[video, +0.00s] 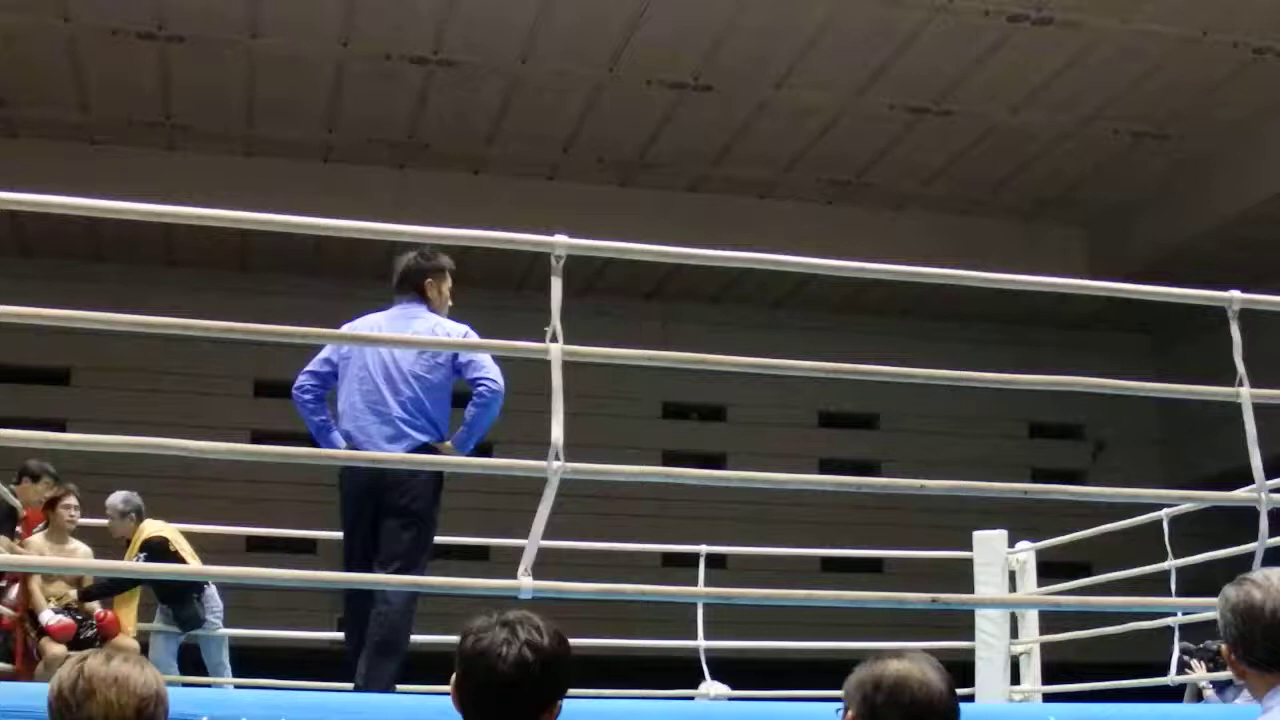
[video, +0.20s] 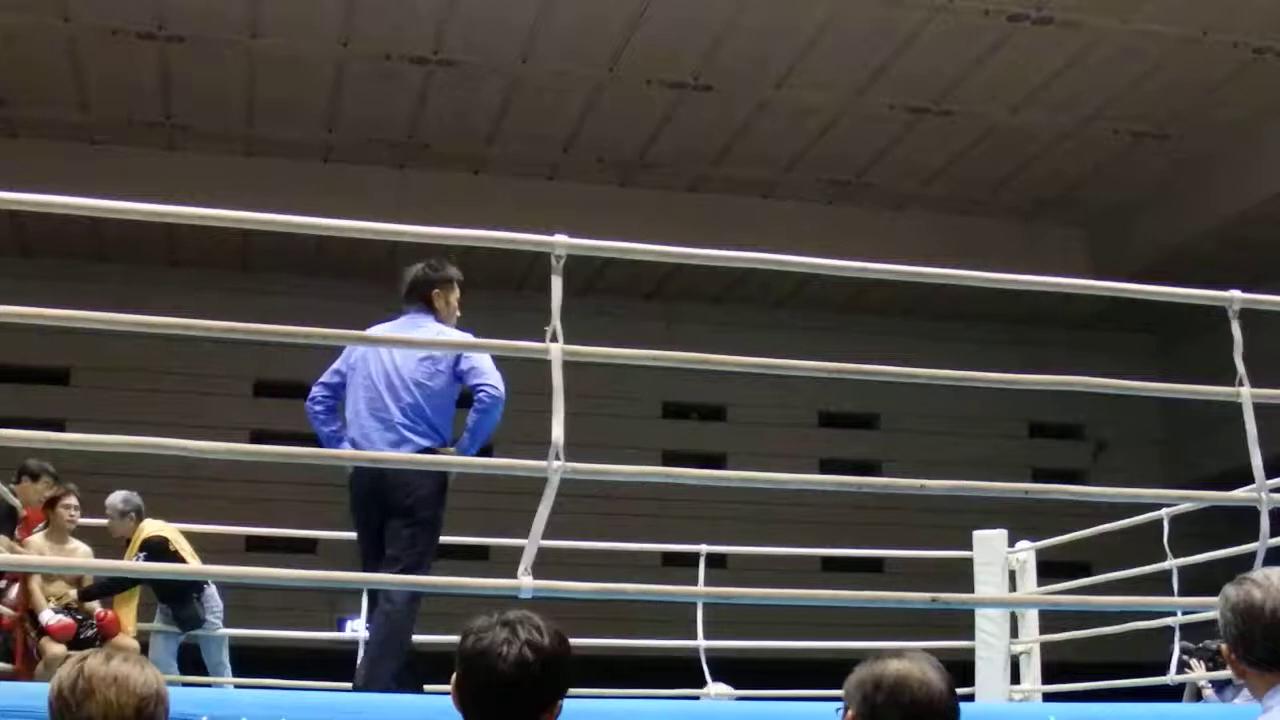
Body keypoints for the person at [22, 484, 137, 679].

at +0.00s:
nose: (73, 514)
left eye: (76, 509)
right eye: (66, 508)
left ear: (80, 513)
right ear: (50, 512)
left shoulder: (84, 551)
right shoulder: (33, 544)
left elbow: (87, 592)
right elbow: (33, 585)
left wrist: (99, 613)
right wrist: (47, 617)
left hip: (78, 612)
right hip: (42, 611)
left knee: (129, 646)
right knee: (57, 653)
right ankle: (36, 705)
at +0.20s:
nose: (73, 514)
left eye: (76, 509)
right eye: (66, 508)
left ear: (81, 514)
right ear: (50, 511)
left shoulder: (84, 550)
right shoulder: (33, 543)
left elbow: (87, 592)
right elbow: (33, 584)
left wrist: (99, 613)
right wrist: (47, 616)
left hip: (78, 613)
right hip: (42, 611)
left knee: (130, 646)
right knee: (56, 653)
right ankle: (36, 705)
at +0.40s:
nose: (73, 514)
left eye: (76, 509)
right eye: (66, 508)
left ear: (81, 513)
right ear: (50, 511)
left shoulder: (84, 550)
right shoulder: (34, 544)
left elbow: (87, 592)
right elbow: (33, 584)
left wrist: (99, 613)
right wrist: (47, 616)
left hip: (78, 613)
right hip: (42, 611)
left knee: (130, 647)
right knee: (56, 653)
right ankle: (37, 705)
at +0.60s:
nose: (72, 514)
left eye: (76, 509)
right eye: (66, 508)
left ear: (81, 514)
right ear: (50, 512)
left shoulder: (84, 551)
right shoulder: (34, 544)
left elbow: (87, 592)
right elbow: (33, 586)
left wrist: (99, 614)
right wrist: (47, 617)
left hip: (78, 613)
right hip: (42, 612)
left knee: (130, 647)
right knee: (56, 653)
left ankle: (115, 702)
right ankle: (36, 703)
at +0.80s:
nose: (73, 514)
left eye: (76, 509)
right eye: (66, 508)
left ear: (81, 514)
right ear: (50, 512)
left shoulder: (83, 551)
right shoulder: (33, 544)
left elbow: (87, 592)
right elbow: (33, 585)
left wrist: (99, 614)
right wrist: (47, 617)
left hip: (77, 613)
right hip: (41, 612)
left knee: (130, 646)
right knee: (56, 652)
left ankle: (116, 702)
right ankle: (37, 703)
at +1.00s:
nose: (74, 517)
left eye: (78, 512)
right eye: (68, 511)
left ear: (82, 516)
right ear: (52, 513)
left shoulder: (83, 552)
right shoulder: (34, 544)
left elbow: (87, 592)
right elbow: (33, 586)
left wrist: (98, 614)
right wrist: (47, 617)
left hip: (77, 613)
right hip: (42, 611)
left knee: (130, 646)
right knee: (56, 652)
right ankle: (37, 703)